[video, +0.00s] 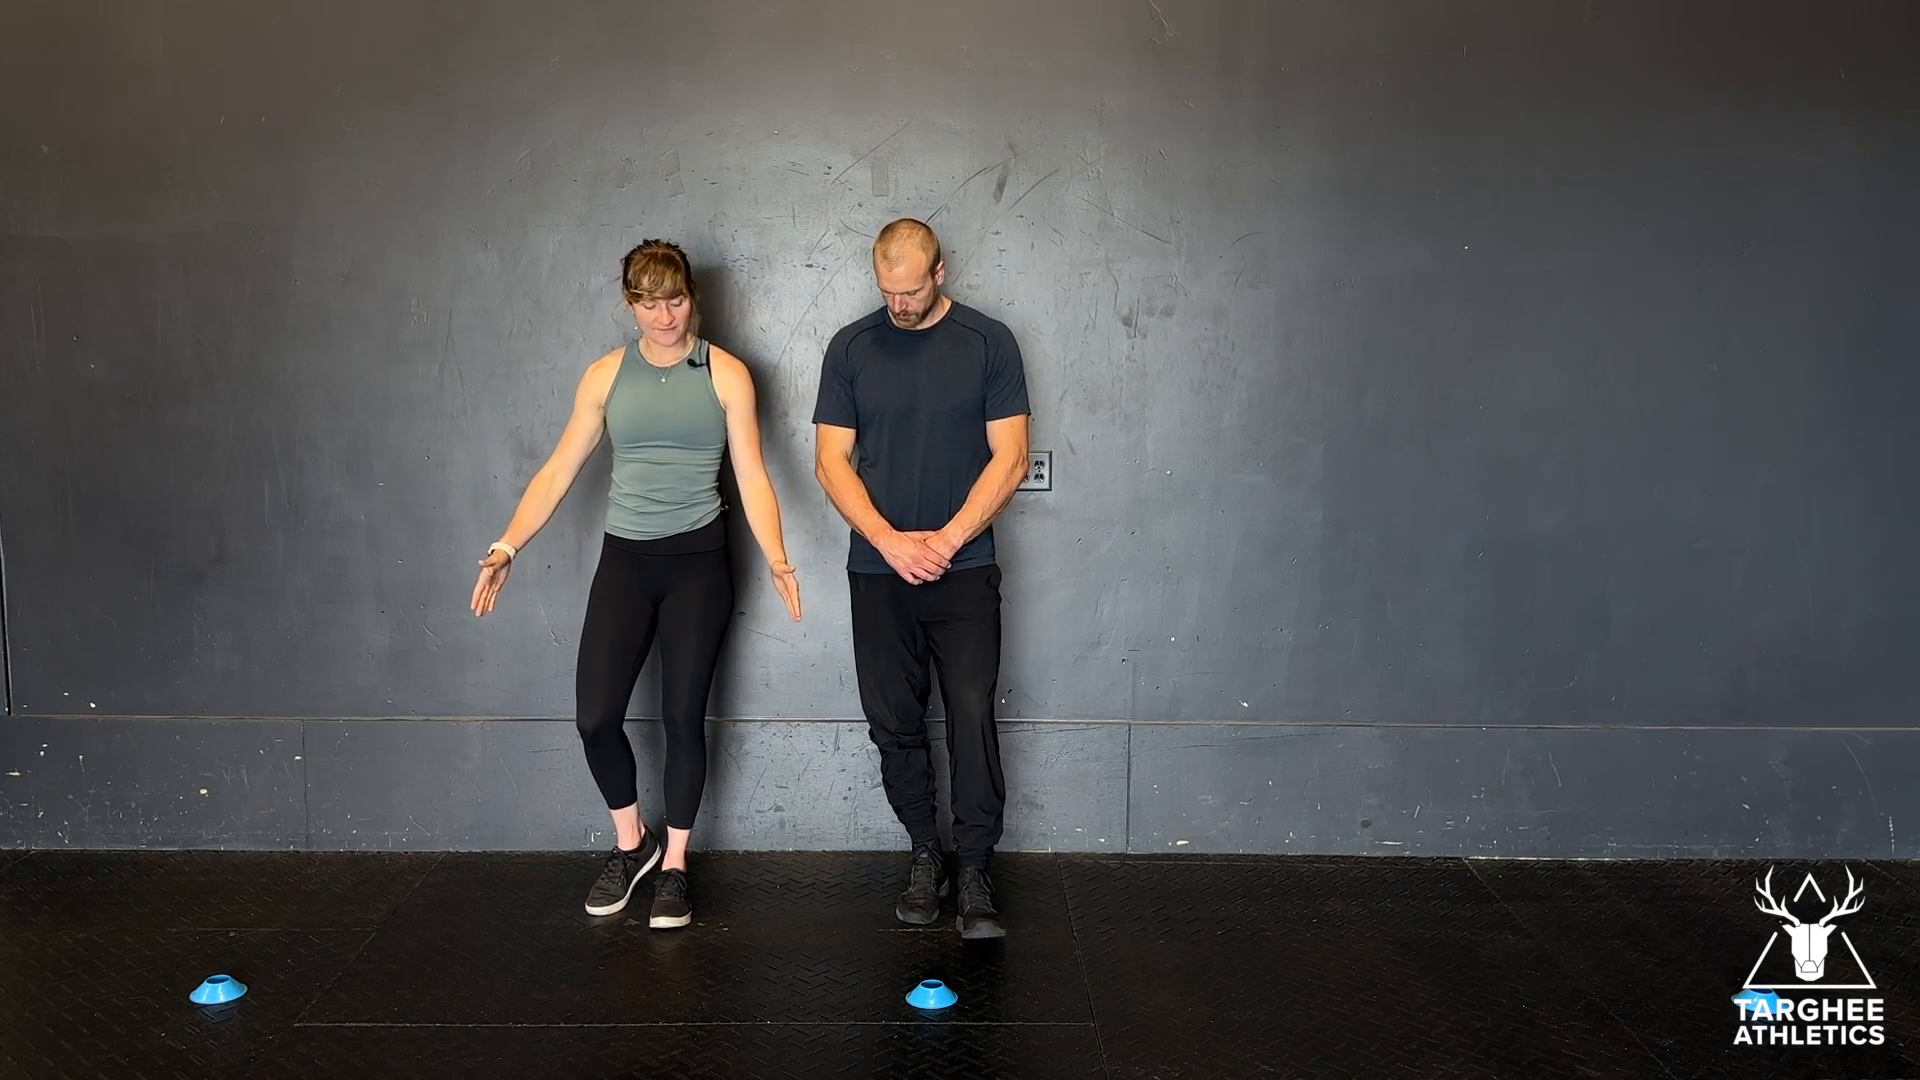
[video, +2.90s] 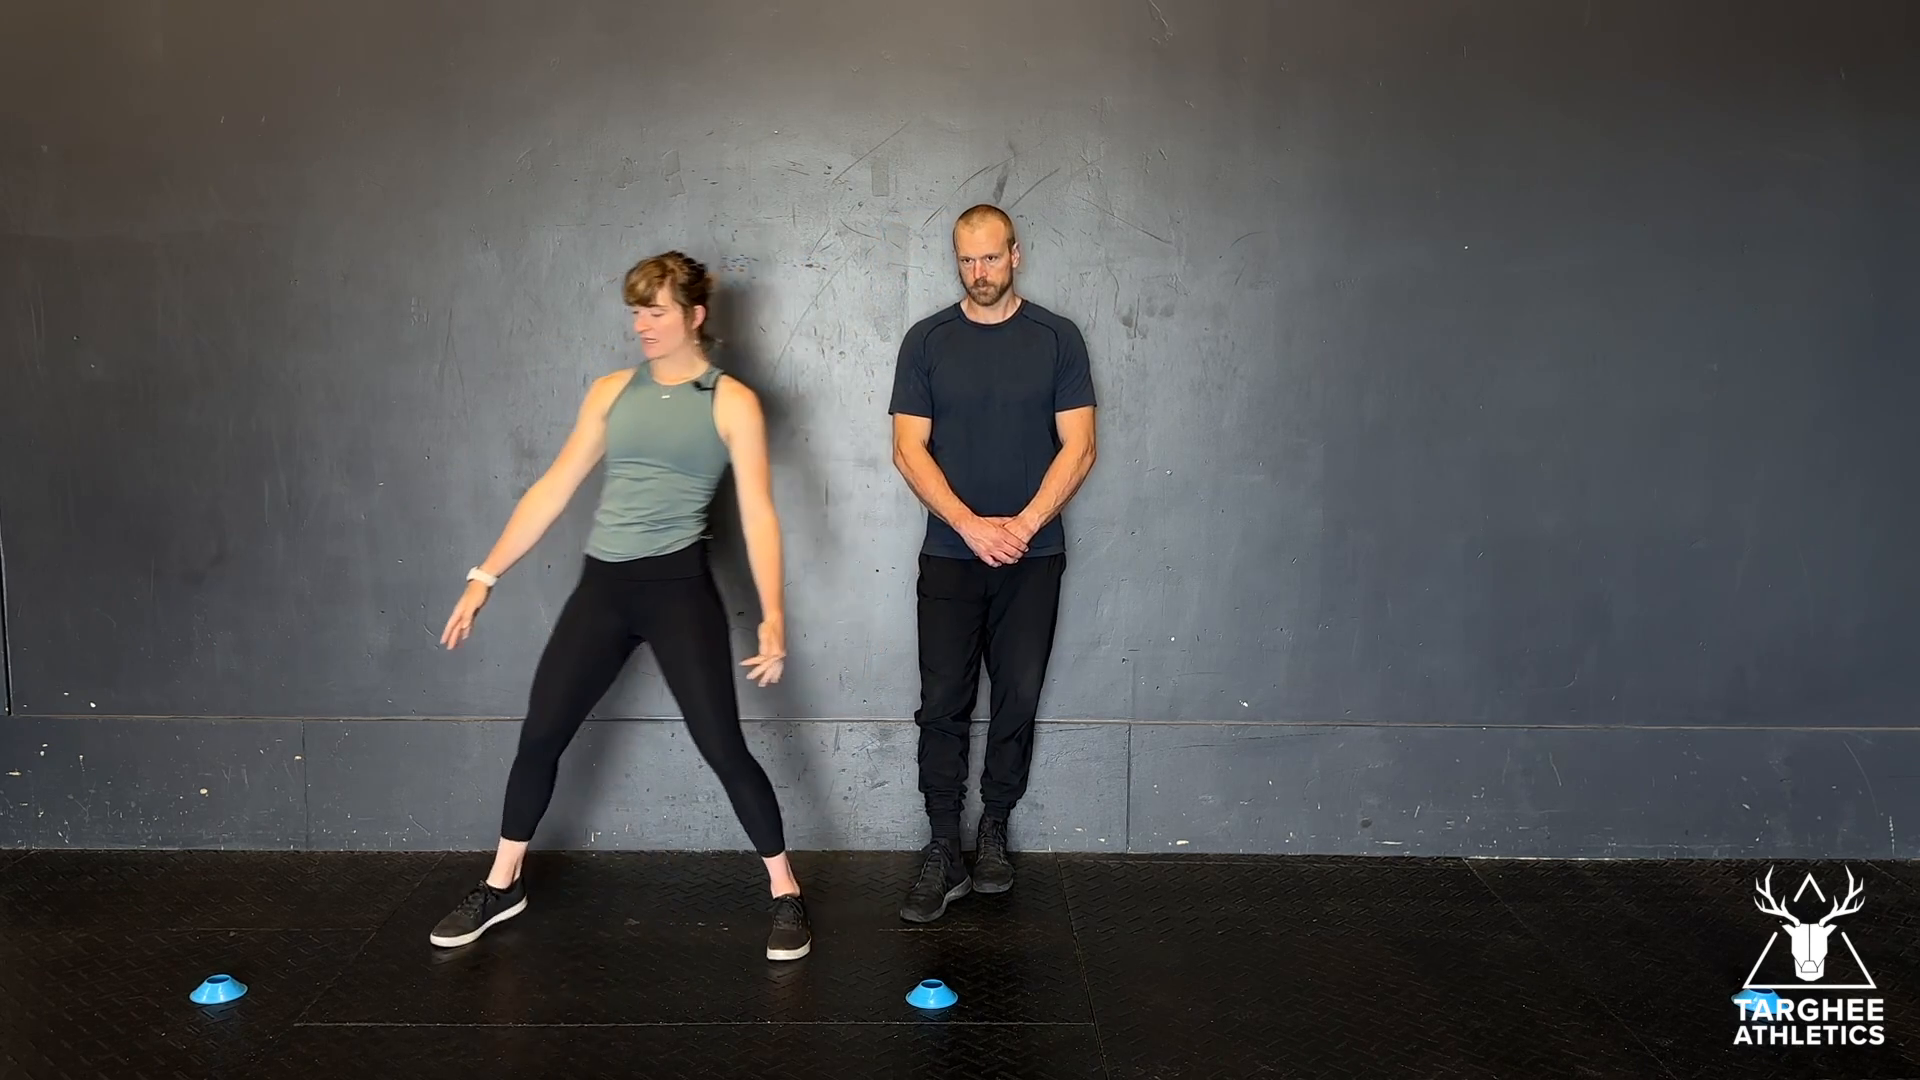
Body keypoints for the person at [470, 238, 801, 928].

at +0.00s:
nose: (667, 314)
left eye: (676, 299)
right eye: (652, 303)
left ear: (691, 299)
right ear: (631, 307)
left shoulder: (726, 375)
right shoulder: (607, 375)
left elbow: (751, 475)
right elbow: (559, 470)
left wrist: (778, 559)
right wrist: (504, 549)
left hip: (700, 561)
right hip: (624, 561)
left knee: (683, 715)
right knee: (596, 716)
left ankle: (674, 868)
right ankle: (634, 848)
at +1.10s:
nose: (690, 311)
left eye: (698, 297)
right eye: (674, 298)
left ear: (708, 300)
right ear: (645, 303)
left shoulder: (735, 378)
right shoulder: (611, 381)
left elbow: (755, 474)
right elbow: (581, 486)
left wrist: (788, 515)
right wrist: (592, 573)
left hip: (718, 568)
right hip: (639, 573)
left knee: (745, 724)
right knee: (639, 724)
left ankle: (780, 882)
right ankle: (636, 872)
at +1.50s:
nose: (747, 313)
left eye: (757, 299)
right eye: (732, 301)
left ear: (771, 302)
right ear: (708, 305)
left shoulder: (803, 380)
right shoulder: (680, 383)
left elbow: (826, 489)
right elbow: (663, 487)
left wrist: (856, 587)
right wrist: (662, 573)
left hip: (791, 570)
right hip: (710, 572)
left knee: (788, 733)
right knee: (675, 739)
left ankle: (795, 889)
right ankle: (660, 861)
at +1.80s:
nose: (773, 311)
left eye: (785, 297)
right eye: (759, 298)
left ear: (800, 300)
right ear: (738, 304)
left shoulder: (833, 381)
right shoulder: (707, 383)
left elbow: (852, 494)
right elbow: (685, 488)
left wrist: (881, 595)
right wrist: (673, 587)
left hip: (815, 574)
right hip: (735, 577)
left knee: (803, 731)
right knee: (735, 730)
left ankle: (796, 889)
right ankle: (764, 853)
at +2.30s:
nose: (751, 311)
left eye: (765, 298)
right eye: (747, 298)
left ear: (805, 302)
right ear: (746, 304)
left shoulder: (847, 388)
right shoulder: (727, 373)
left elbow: (864, 504)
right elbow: (688, 476)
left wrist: (876, 600)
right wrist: (647, 564)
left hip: (805, 574)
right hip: (725, 572)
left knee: (794, 737)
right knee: (676, 724)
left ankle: (793, 891)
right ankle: (671, 886)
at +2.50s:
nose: (735, 308)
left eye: (748, 296)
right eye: (731, 296)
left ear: (790, 299)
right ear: (734, 303)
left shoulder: (833, 388)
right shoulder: (715, 376)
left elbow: (852, 502)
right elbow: (655, 473)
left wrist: (866, 603)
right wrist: (586, 558)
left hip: (786, 574)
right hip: (710, 572)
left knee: (788, 736)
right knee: (639, 716)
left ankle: (794, 892)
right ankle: (580, 872)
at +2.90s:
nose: (640, 323)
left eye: (654, 311)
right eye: (636, 312)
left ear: (695, 315)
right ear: (635, 319)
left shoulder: (731, 402)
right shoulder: (615, 391)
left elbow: (759, 515)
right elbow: (553, 488)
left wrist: (773, 616)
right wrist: (483, 576)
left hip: (680, 588)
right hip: (602, 587)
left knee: (723, 746)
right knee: (540, 734)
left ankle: (785, 892)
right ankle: (502, 885)